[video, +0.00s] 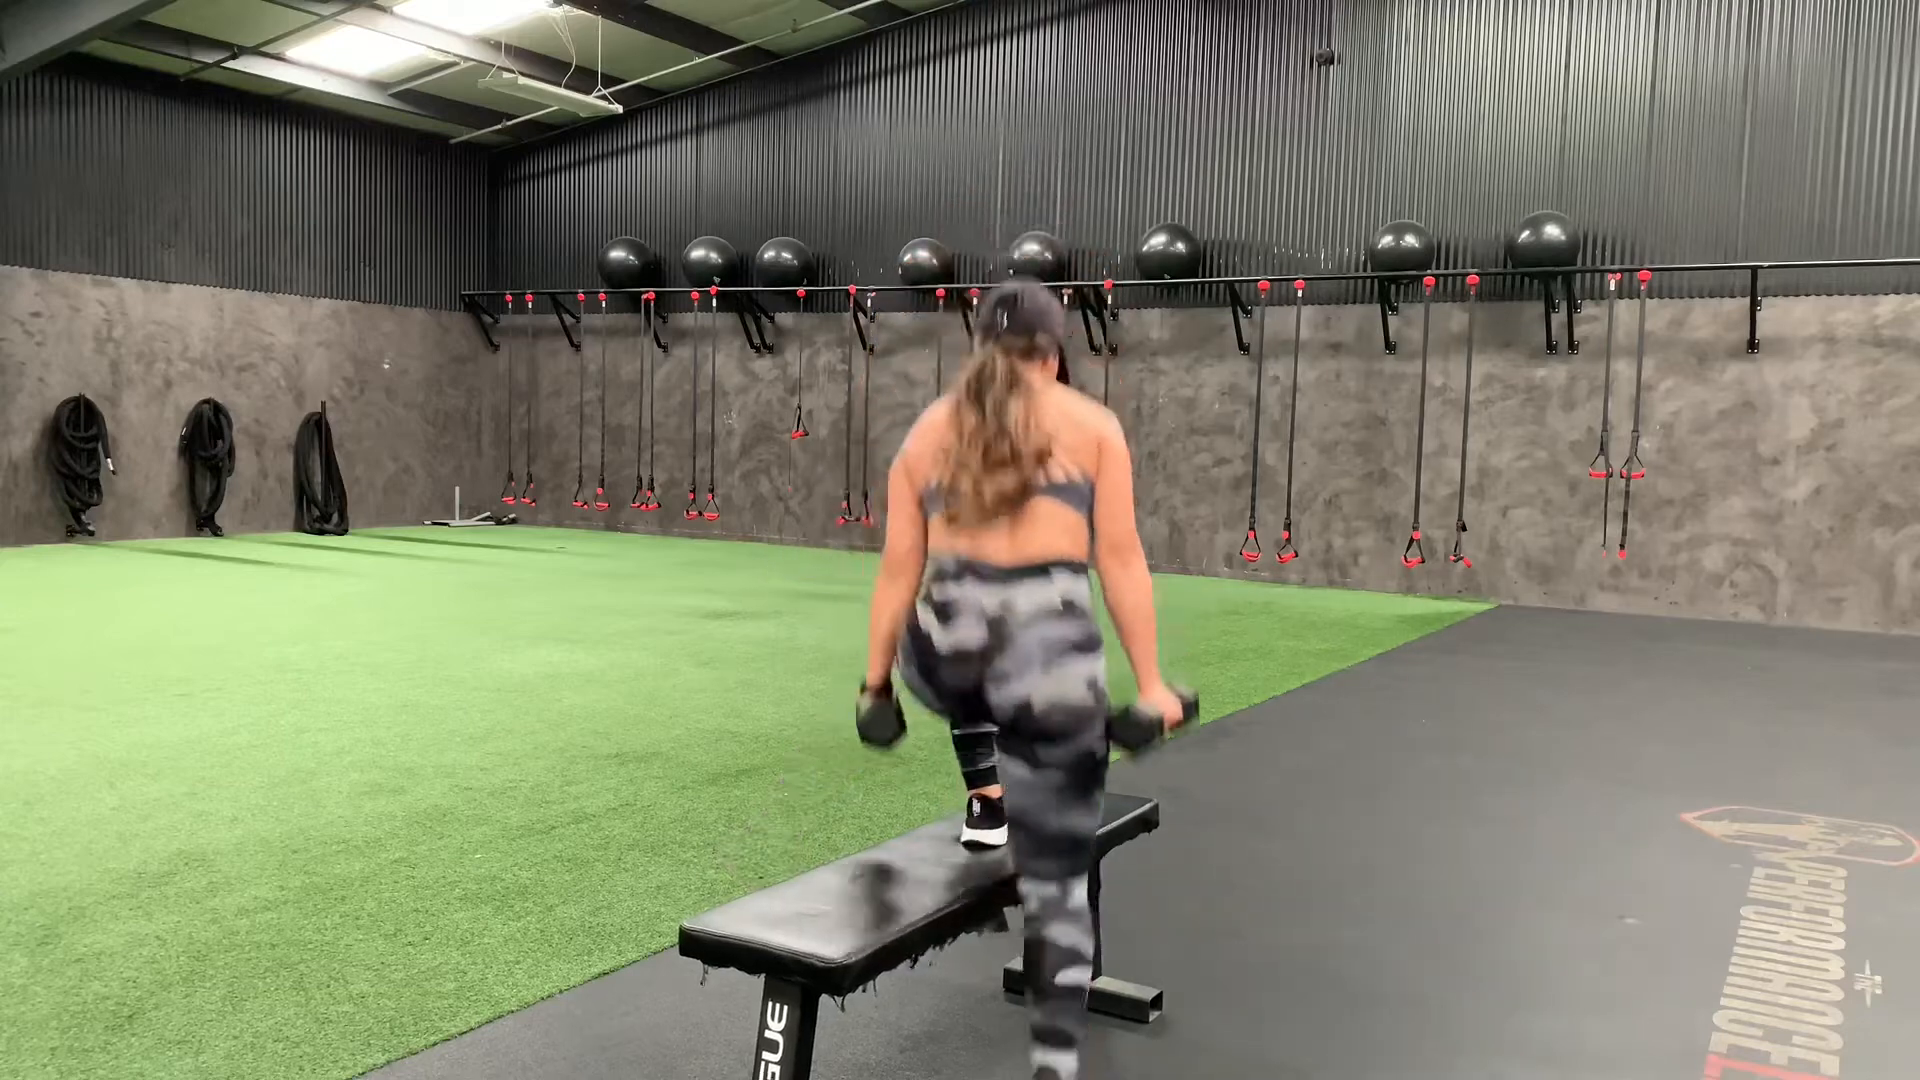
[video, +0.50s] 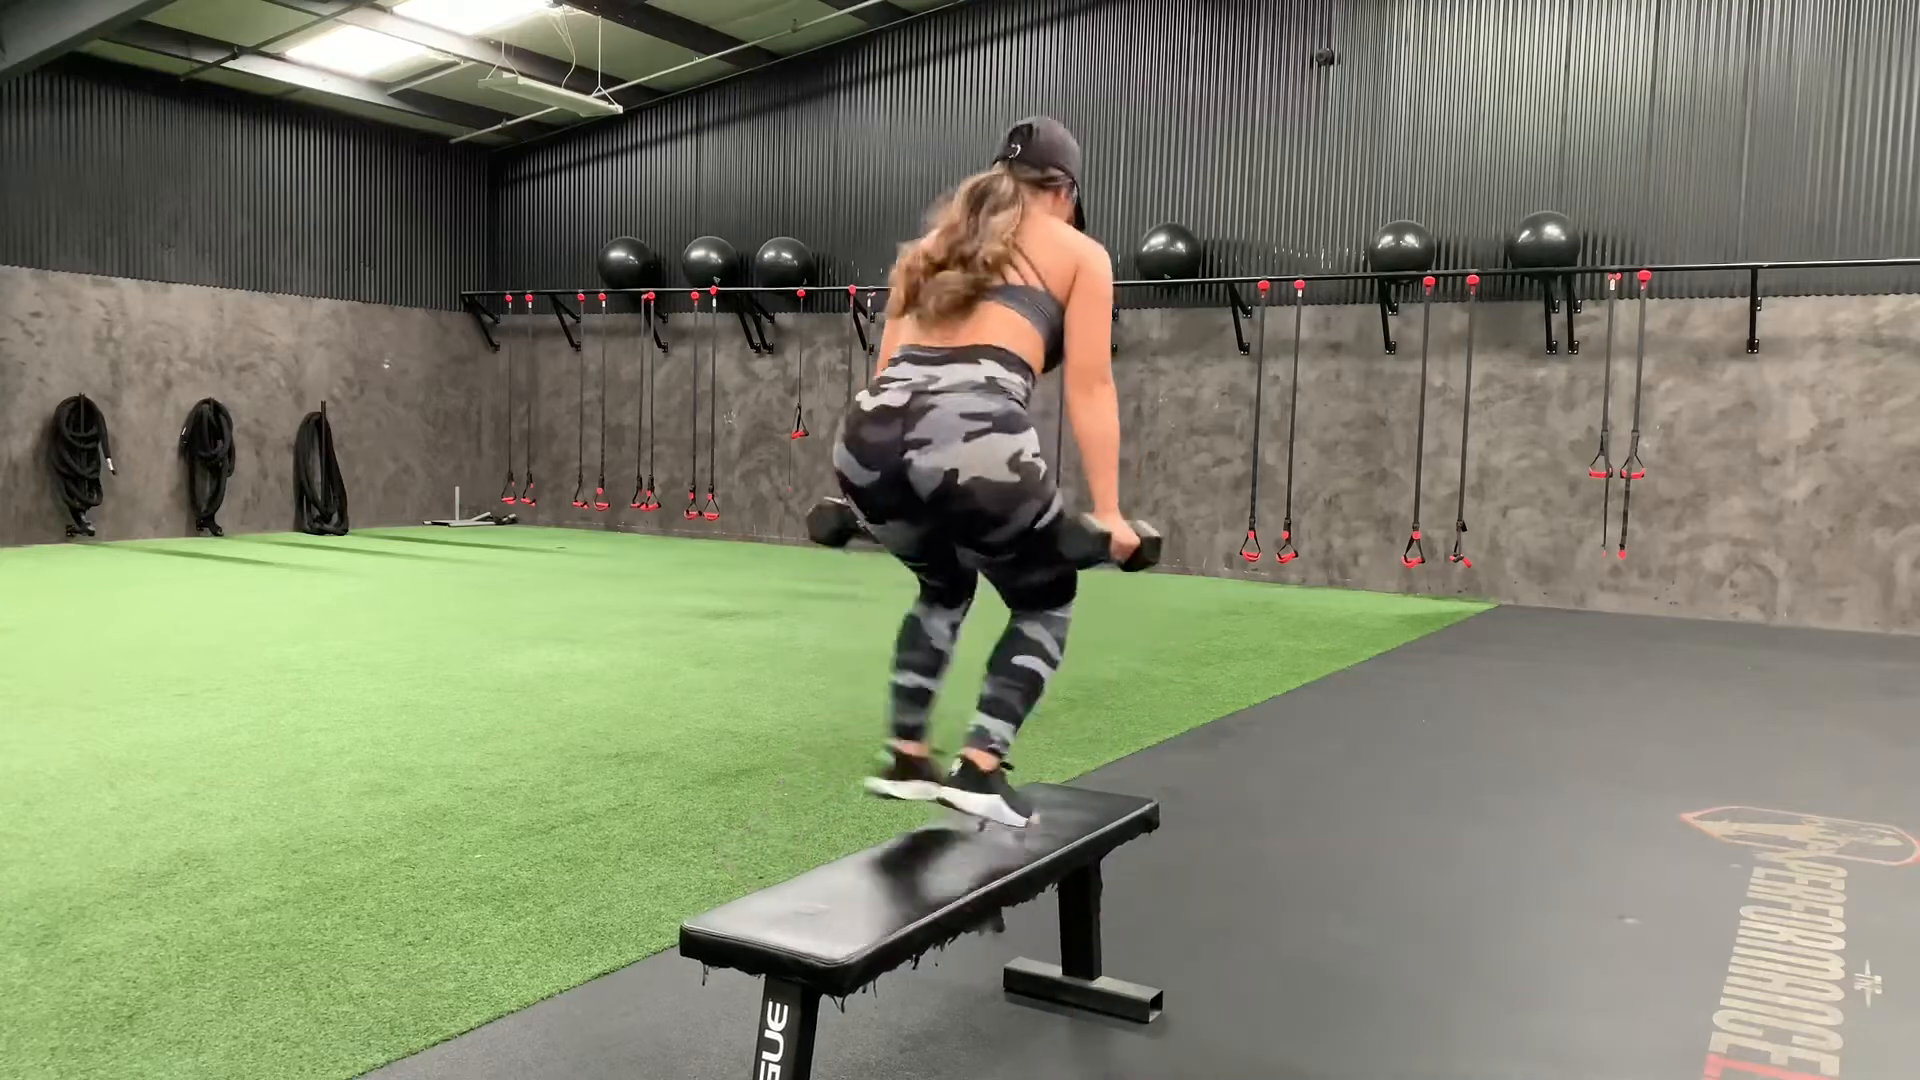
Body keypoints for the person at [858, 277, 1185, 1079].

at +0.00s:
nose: (1060, 367)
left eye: (1053, 357)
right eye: (1059, 356)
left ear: (979, 347)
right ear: (1051, 355)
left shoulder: (930, 430)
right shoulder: (1091, 424)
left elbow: (900, 567)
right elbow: (1121, 558)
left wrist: (876, 675)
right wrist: (1149, 681)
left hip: (947, 641)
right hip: (1054, 640)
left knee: (959, 690)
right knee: (1057, 863)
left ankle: (986, 795)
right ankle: (1058, 1059)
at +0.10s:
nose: (1057, 405)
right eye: (1059, 394)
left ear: (982, 390)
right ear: (1055, 395)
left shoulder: (933, 476)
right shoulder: (1097, 480)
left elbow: (897, 614)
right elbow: (1128, 618)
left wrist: (876, 721)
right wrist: (1161, 739)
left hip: (949, 708)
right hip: (1058, 713)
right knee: (1063, 916)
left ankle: (987, 801)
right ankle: (1059, 1071)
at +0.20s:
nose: (1057, 354)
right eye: (1057, 342)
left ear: (977, 335)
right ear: (1051, 341)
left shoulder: (927, 417)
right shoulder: (1089, 415)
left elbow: (898, 552)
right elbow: (1121, 547)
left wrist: (874, 658)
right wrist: (1153, 668)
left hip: (945, 629)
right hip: (1052, 627)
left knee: (965, 689)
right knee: (1054, 846)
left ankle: (985, 793)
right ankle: (1066, 1056)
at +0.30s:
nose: (1068, 272)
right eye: (1068, 262)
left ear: (984, 256)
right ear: (1057, 262)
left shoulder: (927, 334)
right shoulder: (1087, 334)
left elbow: (894, 465)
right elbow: (1112, 467)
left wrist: (868, 569)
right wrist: (1140, 585)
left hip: (920, 537)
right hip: (1026, 532)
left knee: (979, 634)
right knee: (1056, 765)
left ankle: (992, 800)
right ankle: (1077, 983)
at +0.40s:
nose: (1066, 221)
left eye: (1062, 211)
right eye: (1067, 209)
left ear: (997, 195)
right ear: (1061, 203)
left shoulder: (934, 267)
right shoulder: (1084, 271)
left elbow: (890, 396)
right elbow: (1104, 406)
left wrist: (864, 500)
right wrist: (1122, 524)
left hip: (898, 467)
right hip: (997, 466)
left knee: (965, 622)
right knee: (1053, 648)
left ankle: (987, 793)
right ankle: (1033, 813)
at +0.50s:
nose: (1070, 210)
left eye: (1069, 198)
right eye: (1071, 198)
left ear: (997, 182)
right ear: (1060, 193)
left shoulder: (930, 245)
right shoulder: (1077, 251)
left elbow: (886, 367)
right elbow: (1089, 388)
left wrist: (854, 487)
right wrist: (1108, 511)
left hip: (872, 445)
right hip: (979, 442)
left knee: (945, 583)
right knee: (1043, 600)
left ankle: (906, 756)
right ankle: (979, 768)